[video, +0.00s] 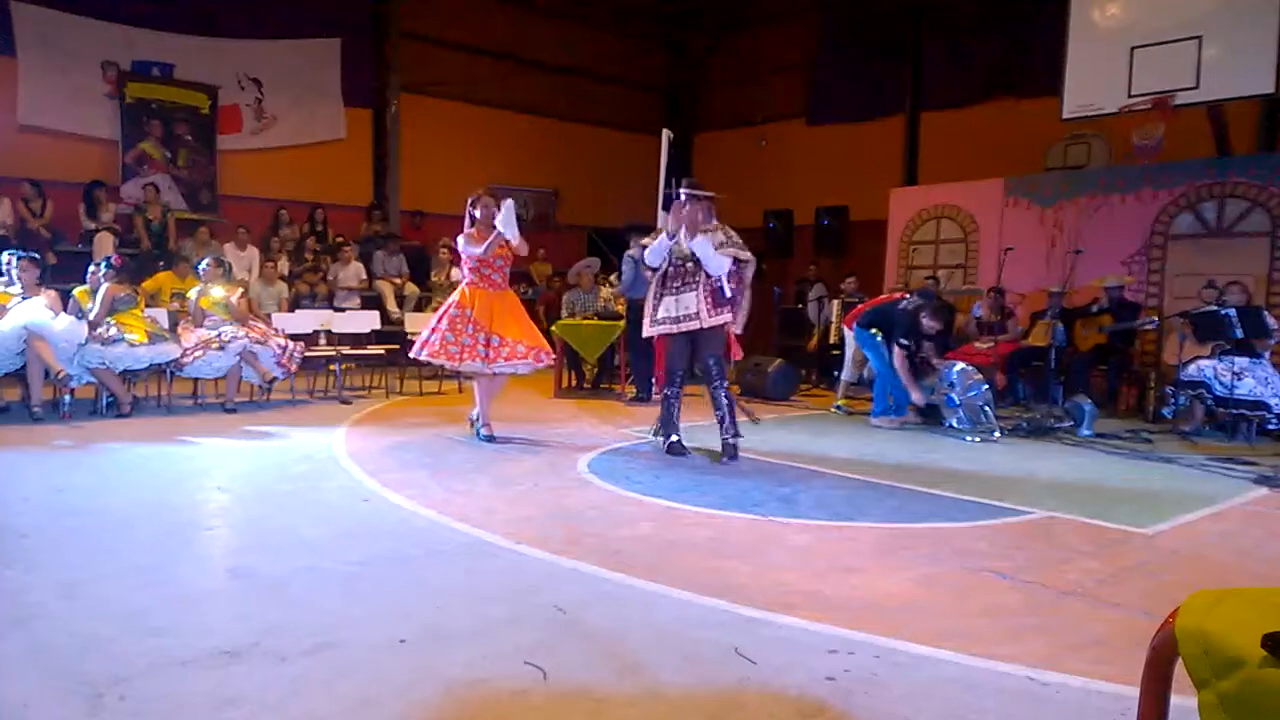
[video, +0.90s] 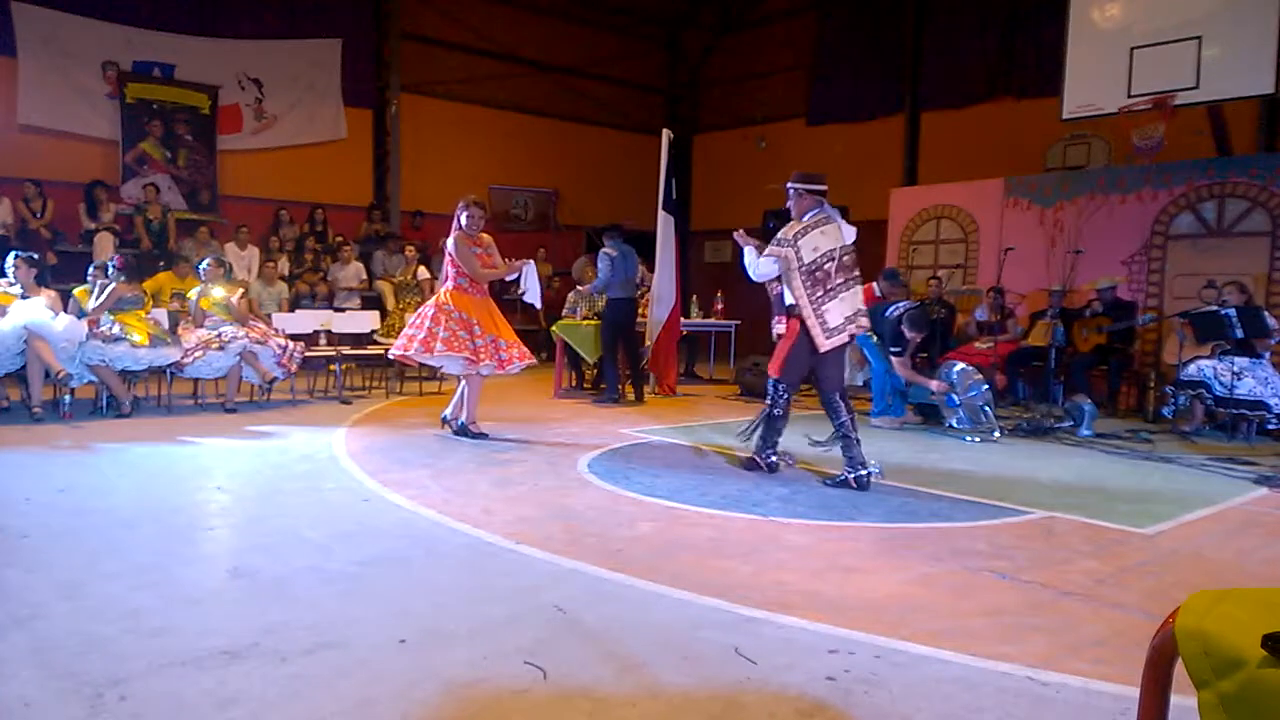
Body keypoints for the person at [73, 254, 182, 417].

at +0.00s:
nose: (102, 275)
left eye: (104, 271)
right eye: (102, 271)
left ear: (112, 272)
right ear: (123, 272)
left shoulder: (109, 288)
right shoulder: (135, 289)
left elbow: (97, 319)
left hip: (126, 336)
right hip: (141, 334)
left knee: (89, 354)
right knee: (89, 352)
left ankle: (124, 397)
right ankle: (124, 396)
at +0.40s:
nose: (105, 274)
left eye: (107, 270)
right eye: (105, 270)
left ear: (113, 272)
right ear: (130, 272)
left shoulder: (112, 288)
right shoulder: (137, 290)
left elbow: (97, 316)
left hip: (126, 337)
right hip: (142, 335)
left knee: (89, 354)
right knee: (90, 351)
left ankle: (124, 398)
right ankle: (125, 396)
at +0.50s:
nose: (105, 273)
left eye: (107, 269)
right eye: (106, 269)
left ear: (112, 272)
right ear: (130, 272)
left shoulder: (112, 288)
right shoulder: (136, 289)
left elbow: (87, 311)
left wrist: (80, 295)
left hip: (126, 337)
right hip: (141, 335)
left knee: (90, 353)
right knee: (90, 350)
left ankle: (124, 397)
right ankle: (124, 395)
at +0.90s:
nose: (109, 272)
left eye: (111, 269)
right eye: (110, 268)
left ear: (117, 271)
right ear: (133, 270)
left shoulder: (117, 288)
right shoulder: (139, 288)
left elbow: (93, 311)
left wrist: (98, 288)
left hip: (128, 336)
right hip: (143, 333)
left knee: (90, 352)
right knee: (90, 348)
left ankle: (124, 398)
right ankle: (125, 395)